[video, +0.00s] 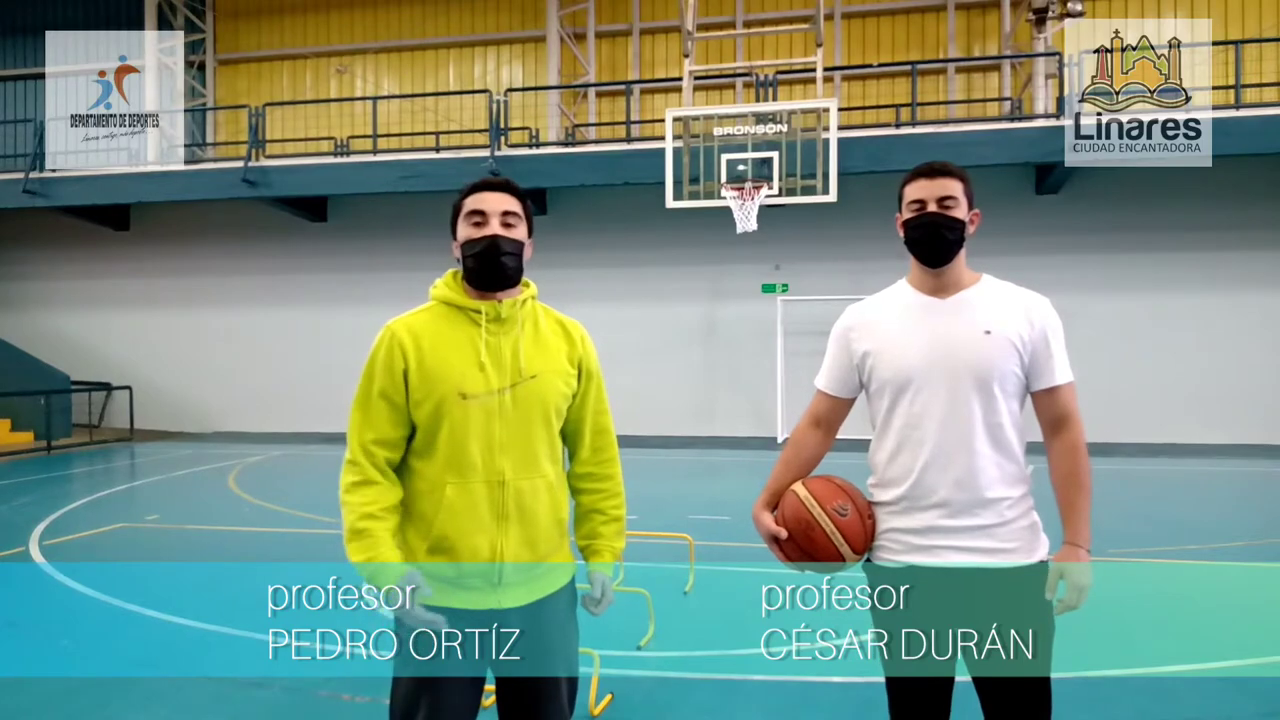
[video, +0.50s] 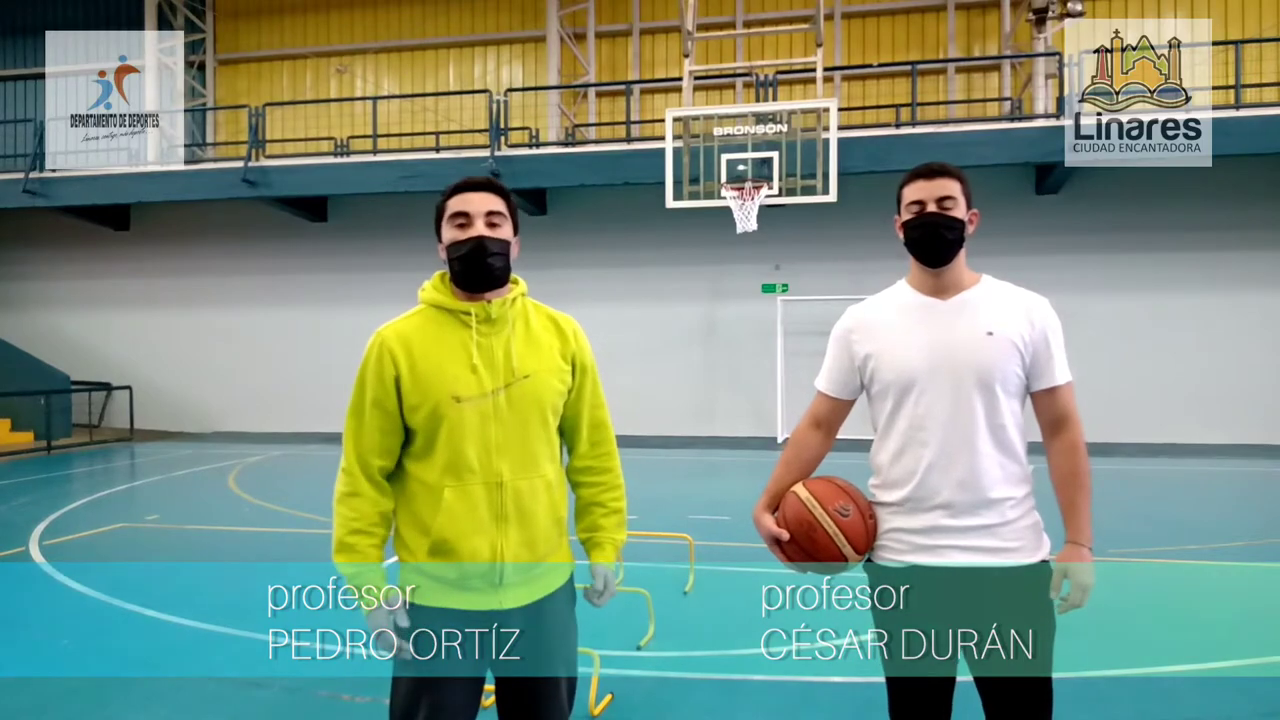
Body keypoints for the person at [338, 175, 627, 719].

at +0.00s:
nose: (493, 230)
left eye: (509, 221)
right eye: (476, 220)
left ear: (527, 245)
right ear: (454, 244)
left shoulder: (567, 340)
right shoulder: (407, 339)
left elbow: (596, 459)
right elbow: (369, 464)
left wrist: (601, 555)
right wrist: (382, 566)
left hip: (542, 592)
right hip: (438, 595)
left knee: (548, 713)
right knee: (431, 714)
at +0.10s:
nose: (490, 230)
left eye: (507, 221)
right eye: (473, 220)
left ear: (526, 245)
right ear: (453, 244)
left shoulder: (567, 340)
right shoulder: (406, 340)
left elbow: (597, 458)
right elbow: (370, 464)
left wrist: (603, 555)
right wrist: (370, 570)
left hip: (543, 591)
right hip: (439, 593)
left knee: (548, 712)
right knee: (431, 714)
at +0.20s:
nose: (488, 231)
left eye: (504, 221)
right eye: (471, 221)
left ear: (524, 245)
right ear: (451, 244)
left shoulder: (566, 340)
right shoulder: (405, 341)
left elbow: (597, 457)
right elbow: (371, 466)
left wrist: (604, 554)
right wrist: (363, 579)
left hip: (543, 591)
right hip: (438, 593)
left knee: (548, 712)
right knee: (431, 713)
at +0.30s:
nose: (486, 231)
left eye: (502, 221)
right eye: (468, 221)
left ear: (522, 245)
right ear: (448, 245)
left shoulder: (564, 339)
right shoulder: (404, 343)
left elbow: (596, 455)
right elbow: (370, 470)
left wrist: (604, 552)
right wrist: (364, 588)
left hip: (543, 592)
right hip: (438, 596)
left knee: (549, 712)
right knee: (431, 714)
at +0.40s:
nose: (482, 231)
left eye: (499, 220)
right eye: (464, 221)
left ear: (519, 243)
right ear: (445, 245)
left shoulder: (562, 337)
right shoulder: (401, 344)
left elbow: (596, 454)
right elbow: (366, 470)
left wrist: (604, 551)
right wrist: (366, 587)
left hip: (542, 593)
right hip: (438, 596)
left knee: (549, 712)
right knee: (431, 714)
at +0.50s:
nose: (478, 231)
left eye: (495, 221)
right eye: (460, 222)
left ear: (515, 244)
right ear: (441, 247)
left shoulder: (560, 336)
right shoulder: (397, 345)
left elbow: (594, 452)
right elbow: (363, 472)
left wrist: (604, 548)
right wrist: (364, 581)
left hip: (542, 591)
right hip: (438, 595)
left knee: (548, 712)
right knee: (430, 714)